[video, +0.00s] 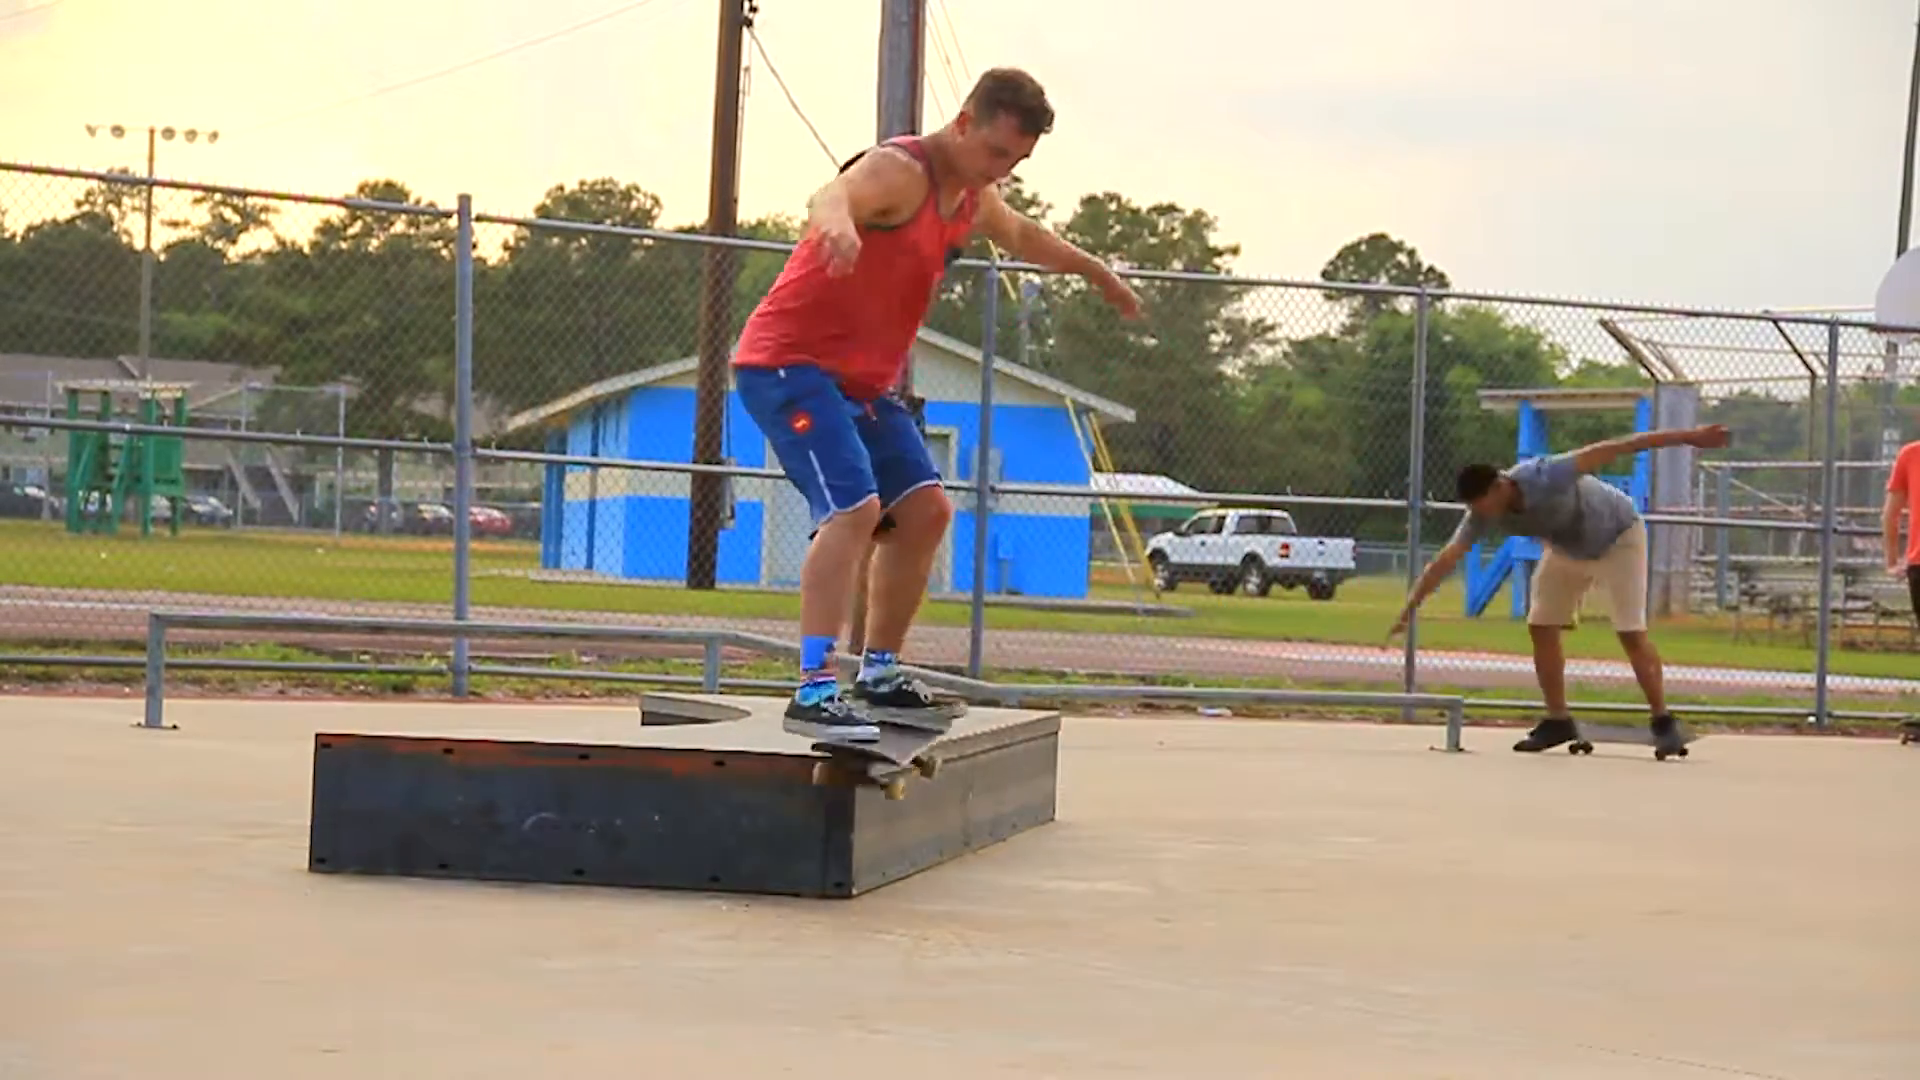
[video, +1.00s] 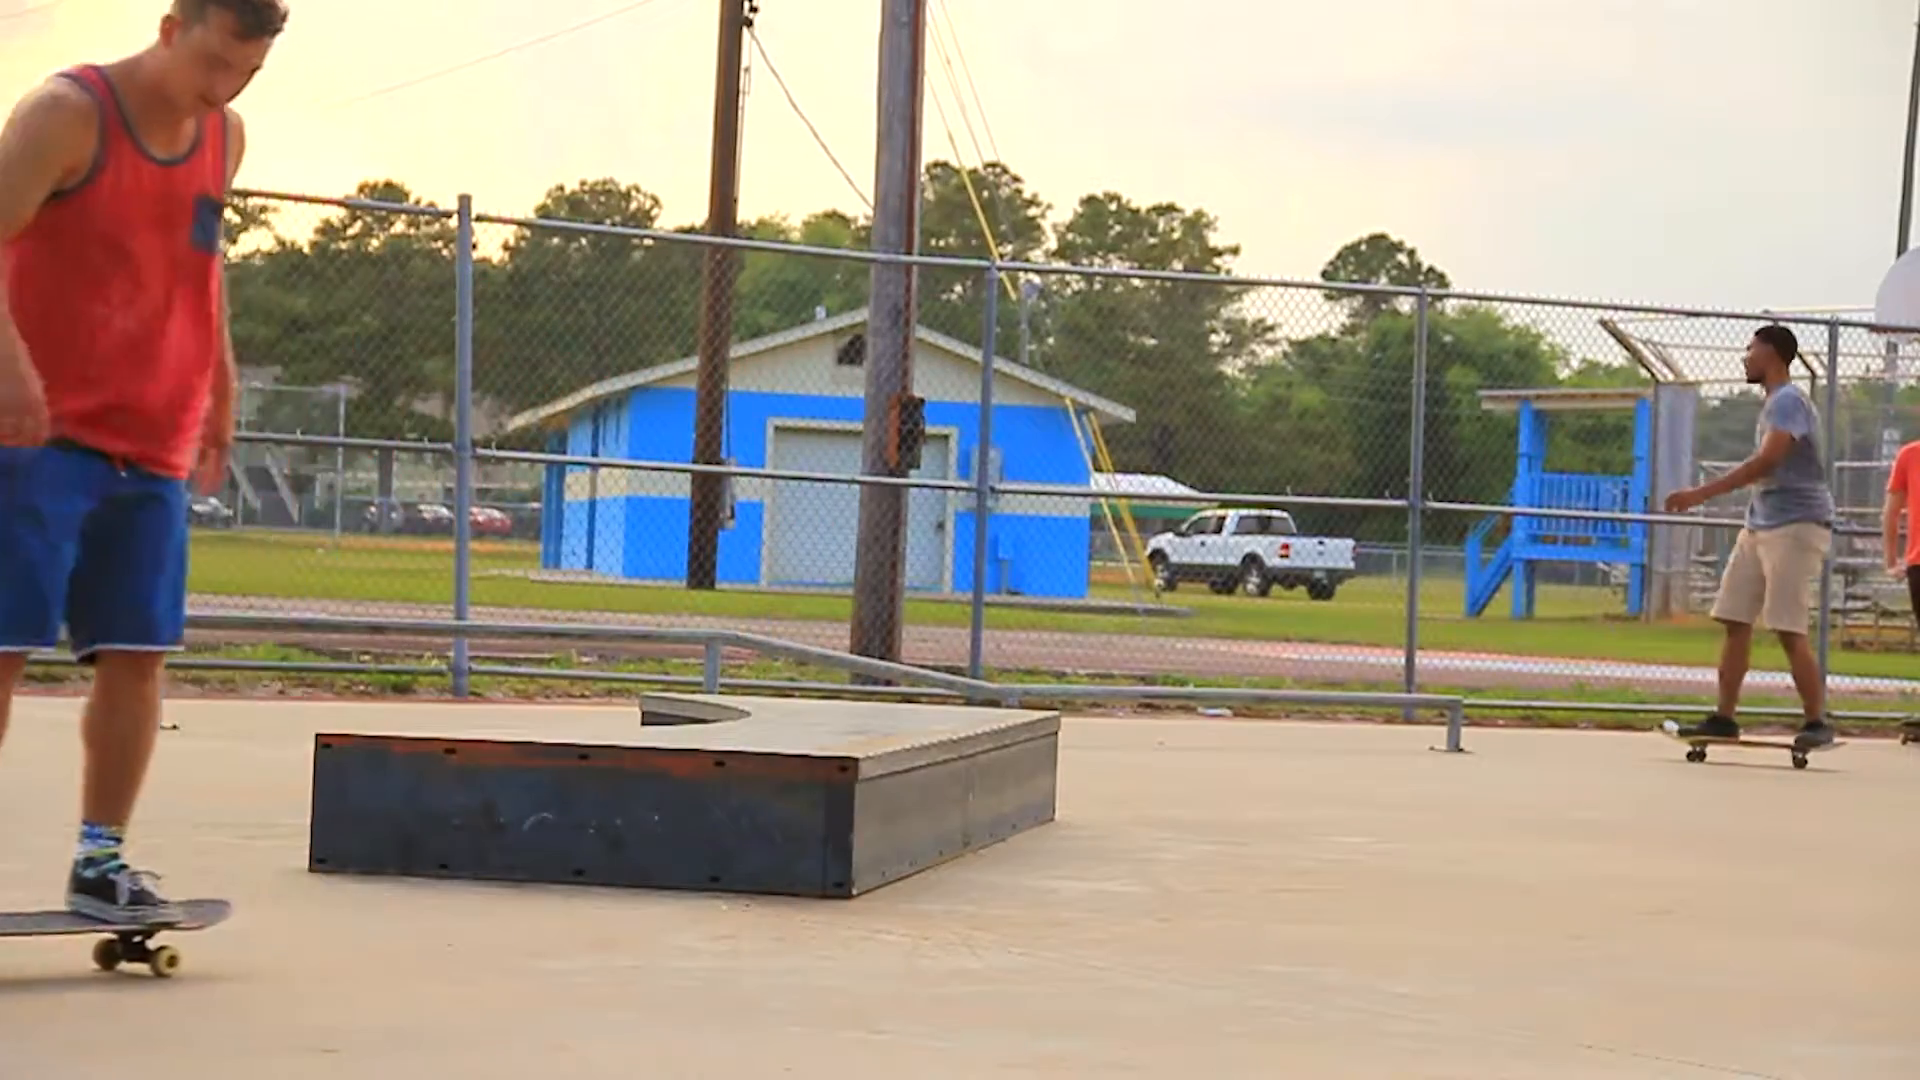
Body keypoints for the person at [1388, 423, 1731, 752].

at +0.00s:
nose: (1483, 517)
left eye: (1485, 508)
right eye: (1477, 512)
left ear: (1502, 487)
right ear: (1475, 503)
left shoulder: (1544, 475)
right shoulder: (1483, 513)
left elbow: (1615, 448)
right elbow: (1444, 562)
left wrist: (1690, 437)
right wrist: (1409, 607)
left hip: (1619, 533)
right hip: (1566, 545)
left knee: (1630, 630)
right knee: (1542, 624)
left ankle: (1662, 721)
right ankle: (1558, 721)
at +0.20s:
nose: (1582, 533)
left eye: (1586, 525)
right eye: (1575, 529)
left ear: (1597, 503)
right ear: (1565, 517)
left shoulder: (1640, 485)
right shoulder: (1566, 517)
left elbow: (1713, 484)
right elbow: (1551, 573)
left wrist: (1775, 511)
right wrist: (1538, 632)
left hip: (1666, 540)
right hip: (1611, 550)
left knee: (1664, 623)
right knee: (1569, 620)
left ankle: (1671, 721)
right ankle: (1564, 718)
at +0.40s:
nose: (1644, 453)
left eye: (1649, 446)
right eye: (1637, 448)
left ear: (1663, 433)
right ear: (1629, 438)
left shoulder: (1702, 433)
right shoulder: (1619, 443)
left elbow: (1757, 464)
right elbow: (1565, 469)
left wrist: (1792, 515)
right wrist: (1507, 504)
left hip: (1702, 531)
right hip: (1650, 527)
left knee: (1695, 622)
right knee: (1612, 609)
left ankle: (1709, 719)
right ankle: (1631, 707)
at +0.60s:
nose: (1690, 405)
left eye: (1696, 399)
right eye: (1684, 398)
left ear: (1717, 388)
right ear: (1679, 391)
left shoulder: (1750, 424)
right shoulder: (1667, 410)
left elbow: (1762, 495)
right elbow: (1614, 431)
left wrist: (1750, 557)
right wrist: (1549, 442)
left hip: (1733, 538)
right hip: (1678, 536)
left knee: (1742, 630)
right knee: (1664, 624)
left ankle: (1757, 720)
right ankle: (1681, 716)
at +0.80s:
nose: (1715, 367)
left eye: (1722, 359)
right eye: (1714, 360)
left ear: (1749, 360)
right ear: (1724, 362)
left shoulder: (1776, 412)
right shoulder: (1718, 405)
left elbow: (1761, 476)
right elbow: (1696, 452)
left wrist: (1697, 507)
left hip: (1762, 530)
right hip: (1714, 530)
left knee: (1775, 626)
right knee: (1706, 623)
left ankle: (1804, 719)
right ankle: (1718, 718)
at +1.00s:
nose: (1745, 355)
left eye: (1753, 347)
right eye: (1748, 348)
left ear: (1776, 355)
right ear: (1769, 357)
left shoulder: (1789, 400)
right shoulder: (1771, 405)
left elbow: (1766, 462)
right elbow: (1777, 474)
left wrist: (1698, 493)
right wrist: (1757, 522)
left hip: (1795, 529)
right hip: (1761, 529)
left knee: (1788, 627)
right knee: (1736, 620)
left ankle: (1816, 723)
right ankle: (1724, 717)